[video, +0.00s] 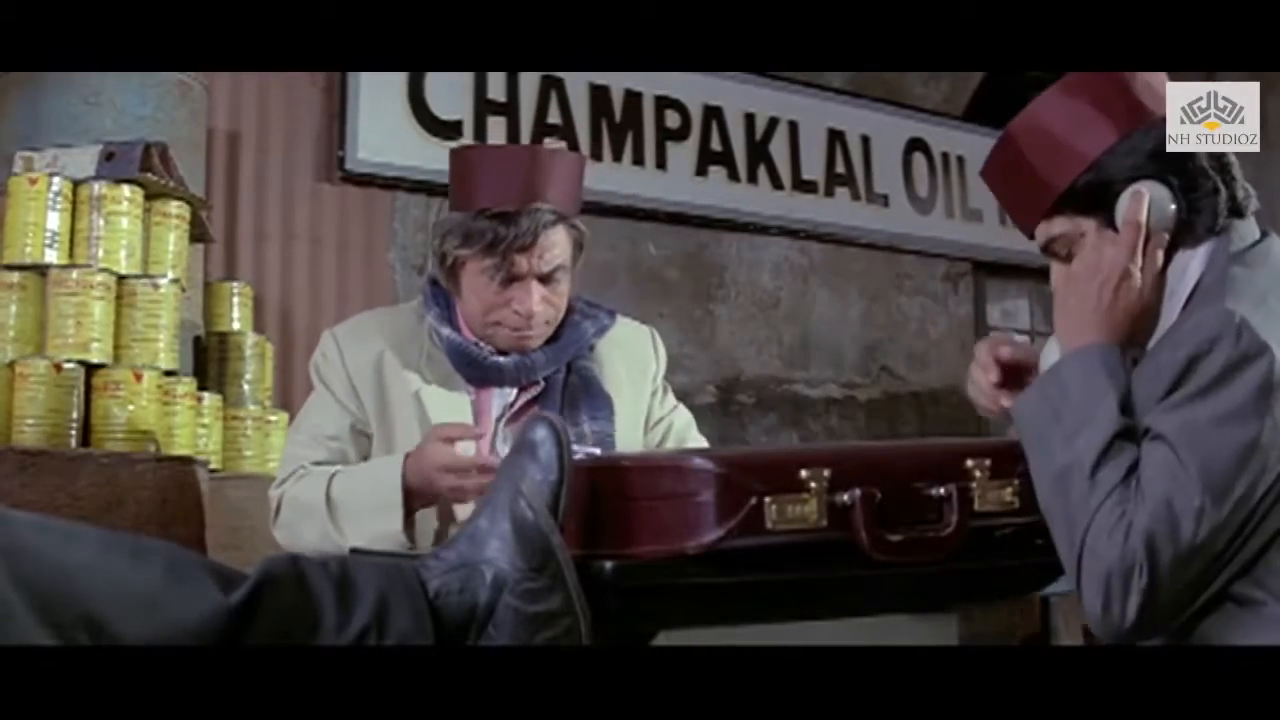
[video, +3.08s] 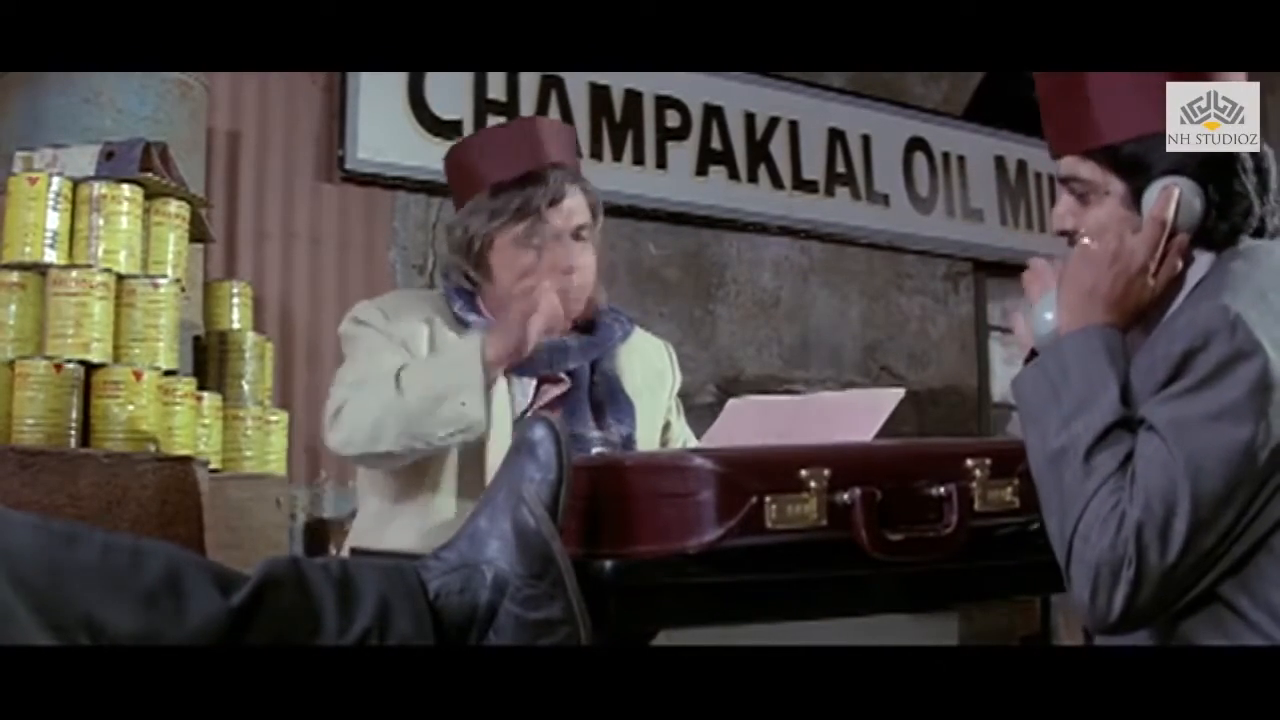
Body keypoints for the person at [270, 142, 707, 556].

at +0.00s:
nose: (530, 306)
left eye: (551, 278)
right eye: (504, 278)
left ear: (574, 267)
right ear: (450, 265)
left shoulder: (630, 355)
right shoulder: (359, 356)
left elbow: (696, 487)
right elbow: (294, 510)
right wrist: (406, 483)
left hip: (588, 622)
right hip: (416, 627)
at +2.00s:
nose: (558, 299)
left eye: (577, 273)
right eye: (532, 272)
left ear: (599, 268)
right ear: (475, 264)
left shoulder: (650, 363)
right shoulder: (373, 350)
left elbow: (691, 492)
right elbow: (294, 492)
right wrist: (409, 509)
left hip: (599, 622)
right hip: (426, 627)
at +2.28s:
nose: (557, 296)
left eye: (575, 269)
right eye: (531, 269)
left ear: (596, 266)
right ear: (474, 260)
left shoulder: (648, 363)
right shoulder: (372, 349)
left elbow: (690, 494)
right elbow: (294, 495)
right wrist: (415, 484)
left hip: (599, 622)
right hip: (422, 625)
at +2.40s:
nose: (553, 295)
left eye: (571, 268)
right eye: (527, 268)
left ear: (592, 265)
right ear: (470, 261)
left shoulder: (648, 360)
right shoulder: (374, 347)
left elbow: (688, 496)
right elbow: (299, 496)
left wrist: (564, 491)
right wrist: (438, 430)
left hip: (599, 618)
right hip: (421, 620)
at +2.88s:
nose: (538, 268)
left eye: (562, 248)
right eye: (514, 242)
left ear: (588, 263)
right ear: (469, 248)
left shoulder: (647, 359)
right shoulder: (384, 338)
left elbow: (688, 489)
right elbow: (317, 469)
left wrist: (586, 463)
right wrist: (475, 417)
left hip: (594, 608)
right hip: (425, 606)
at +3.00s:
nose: (547, 269)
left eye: (567, 246)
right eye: (520, 244)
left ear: (589, 258)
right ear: (468, 250)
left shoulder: (647, 359)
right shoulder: (393, 327)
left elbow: (683, 486)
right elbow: (329, 429)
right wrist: (508, 401)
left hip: (589, 608)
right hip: (418, 604)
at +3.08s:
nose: (567, 262)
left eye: (580, 236)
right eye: (533, 242)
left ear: (597, 243)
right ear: (475, 252)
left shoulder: (646, 360)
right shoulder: (393, 326)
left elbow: (681, 483)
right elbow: (354, 427)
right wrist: (489, 354)